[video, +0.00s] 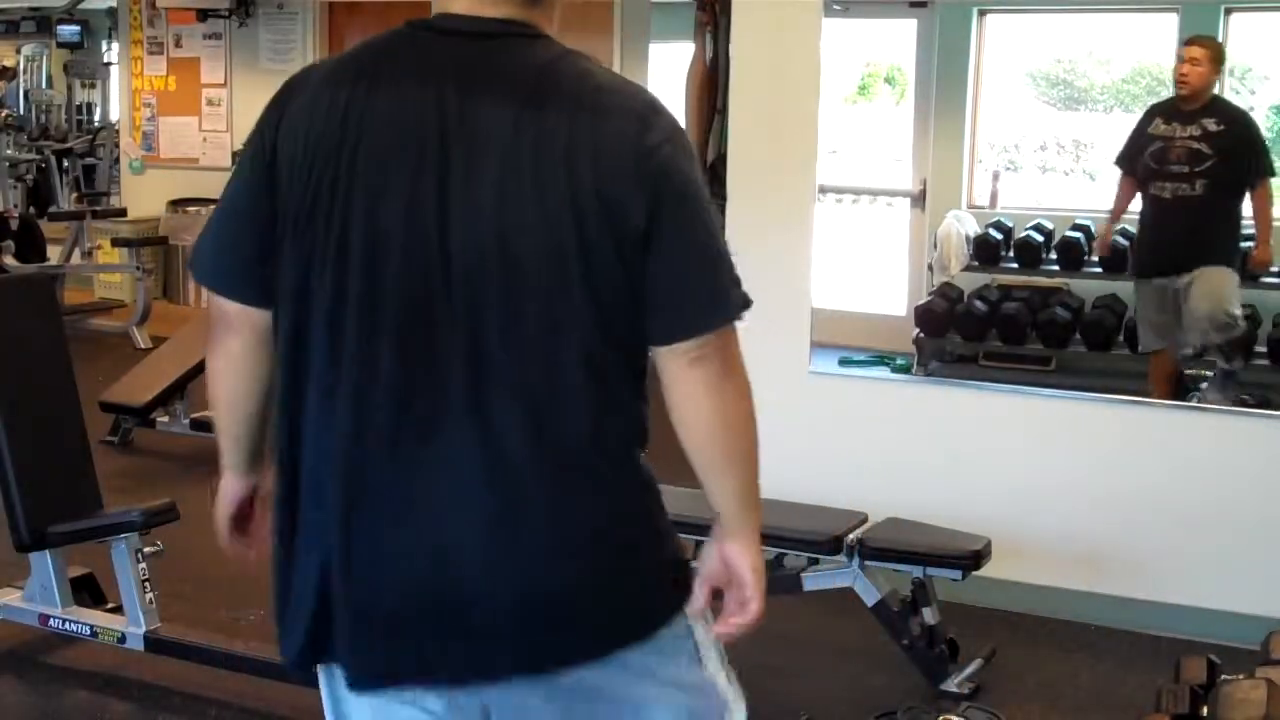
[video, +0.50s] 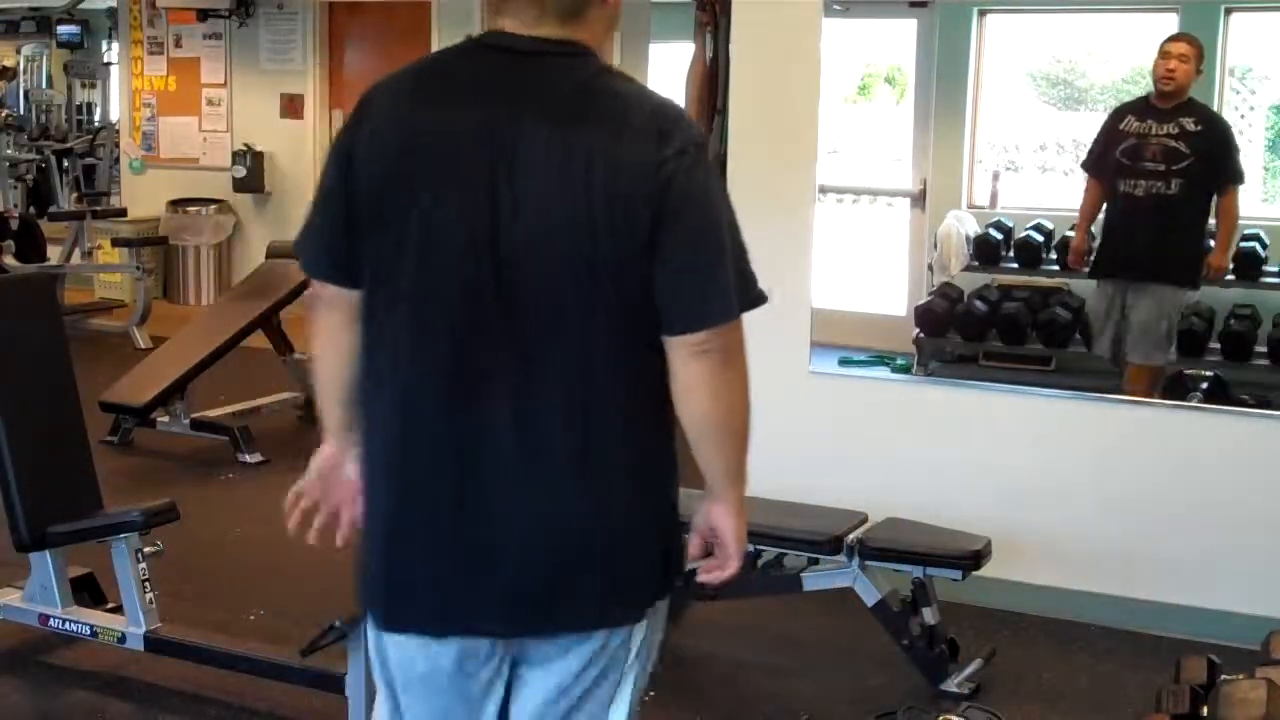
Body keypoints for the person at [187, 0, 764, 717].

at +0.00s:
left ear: (433, 0)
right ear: (547, 3)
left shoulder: (310, 108)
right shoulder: (627, 125)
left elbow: (238, 313)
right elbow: (697, 349)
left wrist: (238, 465)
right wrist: (737, 526)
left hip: (370, 602)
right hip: (589, 602)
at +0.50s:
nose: (617, 20)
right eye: (618, 16)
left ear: (492, 5)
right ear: (610, 9)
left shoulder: (388, 111)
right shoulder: (658, 140)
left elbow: (333, 295)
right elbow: (703, 342)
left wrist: (339, 439)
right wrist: (724, 494)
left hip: (425, 545)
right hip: (598, 553)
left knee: (420, 709)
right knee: (574, 709)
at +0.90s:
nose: (653, 17)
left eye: (652, 12)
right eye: (652, 11)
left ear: (539, 4)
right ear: (635, 7)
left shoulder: (449, 103)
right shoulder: (654, 129)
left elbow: (404, 266)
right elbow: (710, 323)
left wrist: (426, 389)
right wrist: (768, 456)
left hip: (475, 490)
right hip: (600, 516)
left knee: (488, 699)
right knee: (587, 708)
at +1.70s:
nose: (617, 1)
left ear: (626, 5)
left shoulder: (635, 118)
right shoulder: (465, 117)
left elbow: (663, 267)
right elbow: (430, 282)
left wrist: (708, 372)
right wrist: (483, 445)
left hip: (621, 477)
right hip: (507, 483)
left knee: (595, 703)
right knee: (477, 706)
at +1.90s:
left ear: (600, 3)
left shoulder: (608, 121)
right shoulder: (430, 116)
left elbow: (643, 248)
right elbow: (390, 280)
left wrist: (692, 289)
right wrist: (450, 447)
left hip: (601, 475)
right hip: (481, 487)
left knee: (583, 701)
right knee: (457, 702)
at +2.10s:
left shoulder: (565, 117)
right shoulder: (393, 114)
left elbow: (633, 258)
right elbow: (374, 291)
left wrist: (630, 174)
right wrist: (454, 459)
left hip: (560, 490)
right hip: (435, 508)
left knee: (548, 706)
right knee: (428, 708)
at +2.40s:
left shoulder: (531, 82)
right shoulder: (357, 116)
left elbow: (617, 209)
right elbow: (345, 300)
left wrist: (592, 123)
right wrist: (440, 459)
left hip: (540, 487)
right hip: (412, 513)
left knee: (538, 706)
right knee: (418, 710)